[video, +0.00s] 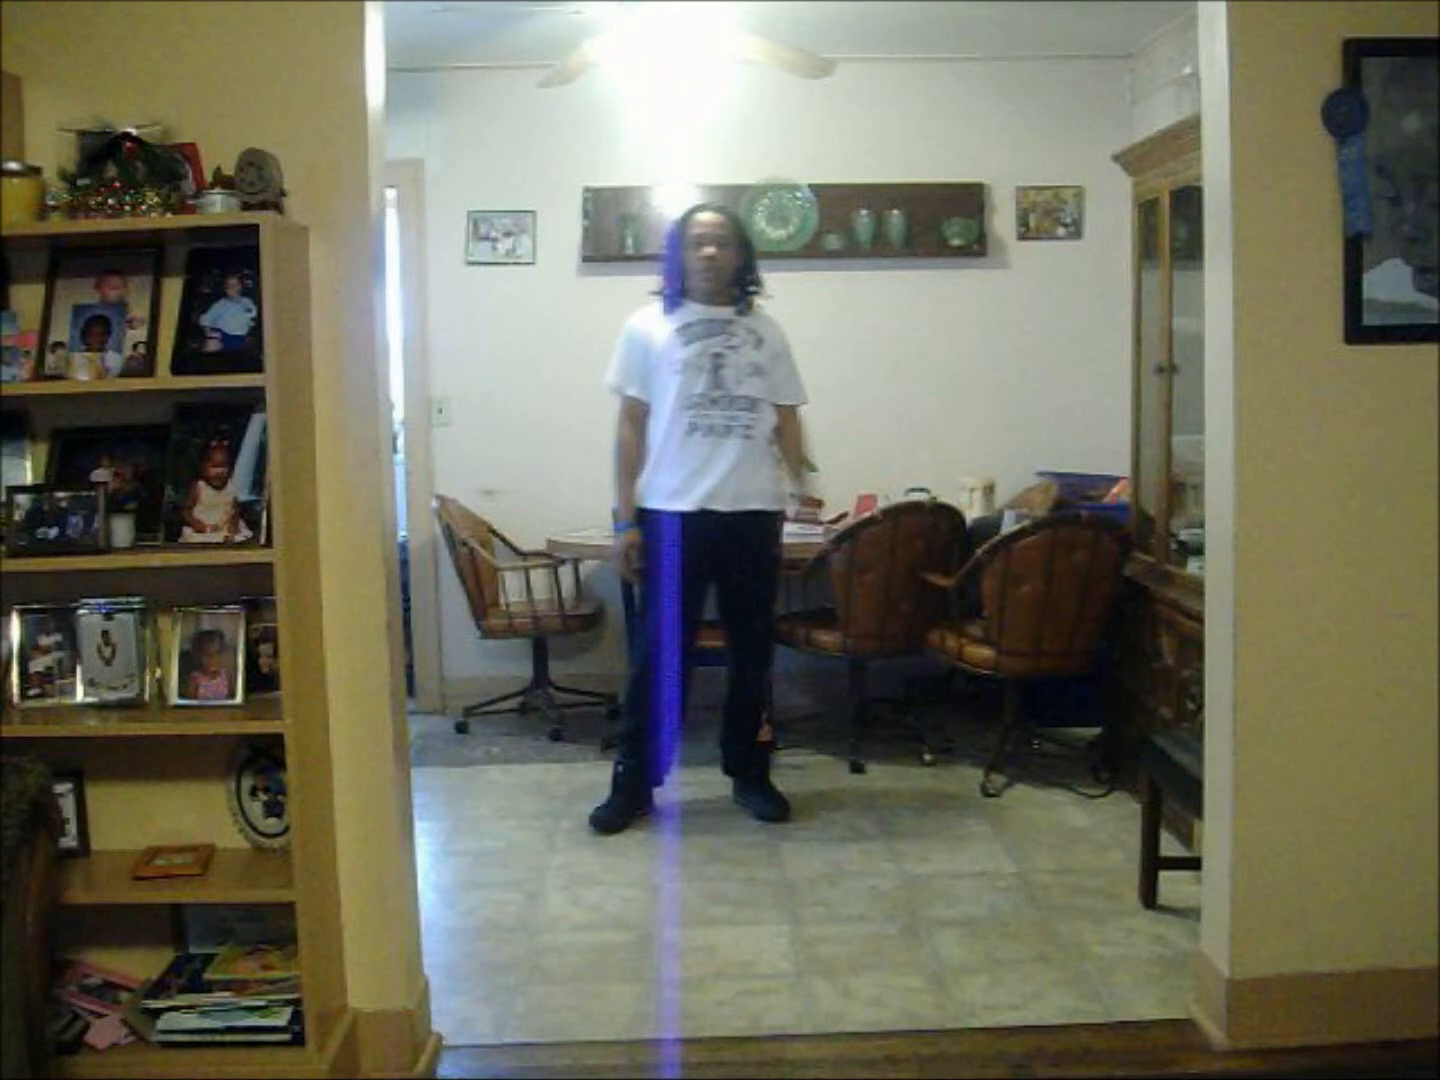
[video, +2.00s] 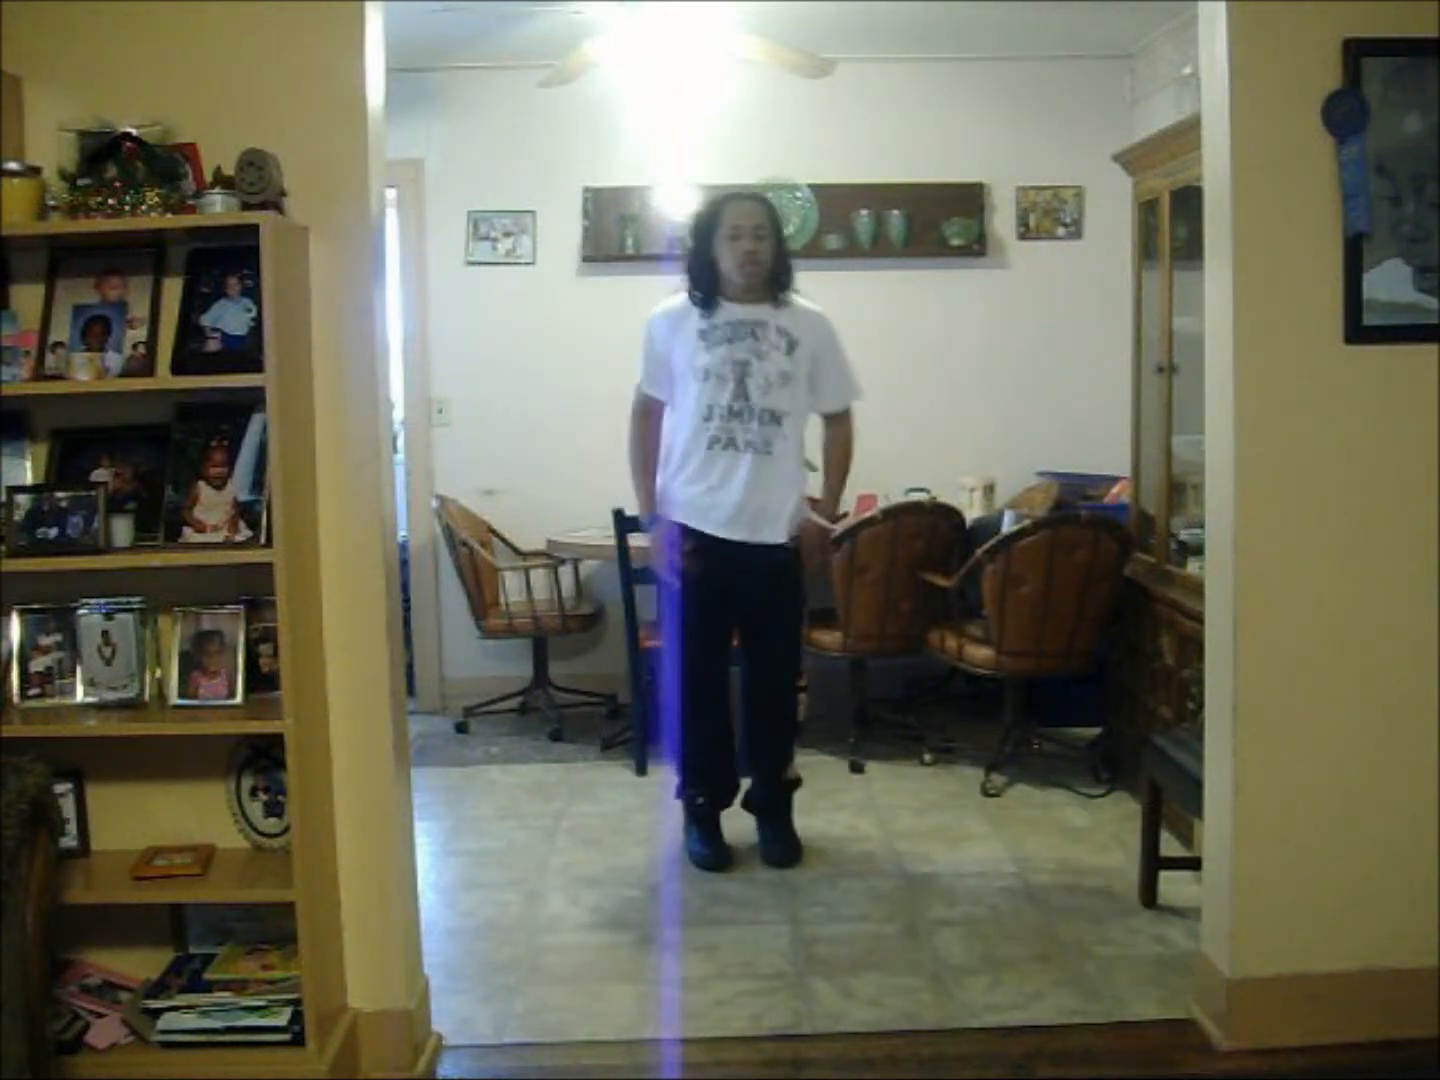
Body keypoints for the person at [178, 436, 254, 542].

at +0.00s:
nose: (220, 472)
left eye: (224, 467)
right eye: (214, 466)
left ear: (230, 468)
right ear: (203, 468)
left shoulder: (231, 487)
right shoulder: (200, 487)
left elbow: (236, 508)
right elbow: (186, 510)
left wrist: (233, 524)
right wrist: (200, 526)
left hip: (225, 532)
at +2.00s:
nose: (219, 471)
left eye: (224, 467)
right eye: (214, 466)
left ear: (230, 469)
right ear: (203, 468)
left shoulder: (231, 488)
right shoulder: (200, 487)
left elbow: (237, 510)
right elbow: (186, 511)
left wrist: (233, 526)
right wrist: (199, 525)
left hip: (225, 532)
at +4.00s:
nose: (219, 471)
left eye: (223, 466)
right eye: (213, 466)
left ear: (230, 469)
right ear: (204, 468)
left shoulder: (232, 488)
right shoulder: (200, 487)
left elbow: (237, 511)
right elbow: (186, 511)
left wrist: (232, 531)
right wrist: (201, 526)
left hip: (225, 534)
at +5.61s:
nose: (219, 472)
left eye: (224, 467)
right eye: (214, 466)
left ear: (230, 469)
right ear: (203, 468)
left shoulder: (231, 488)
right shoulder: (199, 488)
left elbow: (236, 509)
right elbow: (186, 511)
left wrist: (234, 523)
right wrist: (199, 526)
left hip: (225, 533)